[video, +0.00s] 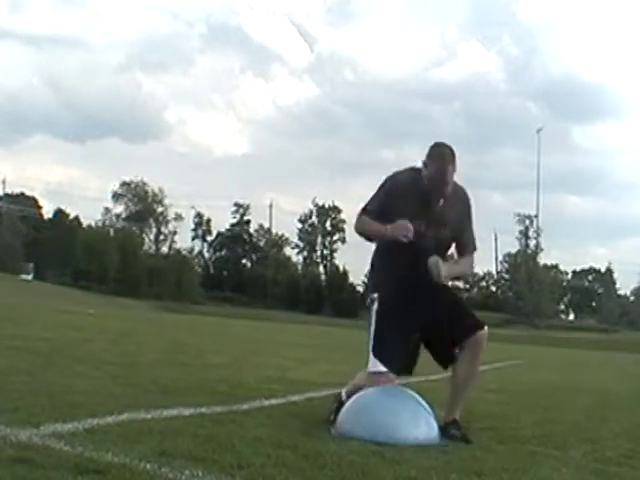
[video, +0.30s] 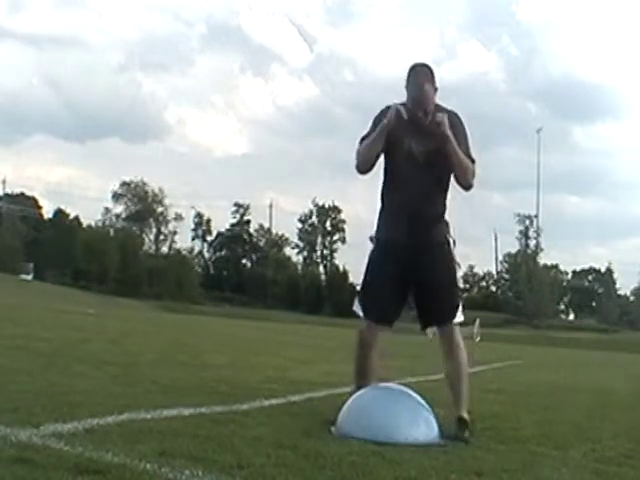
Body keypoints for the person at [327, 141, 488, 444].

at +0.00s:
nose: (440, 190)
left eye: (445, 184)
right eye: (435, 183)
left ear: (454, 175)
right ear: (423, 171)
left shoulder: (458, 199)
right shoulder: (400, 183)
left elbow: (467, 261)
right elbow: (361, 223)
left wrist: (448, 269)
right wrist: (387, 230)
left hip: (430, 285)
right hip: (391, 284)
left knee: (475, 337)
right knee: (386, 375)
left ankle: (451, 419)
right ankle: (346, 397)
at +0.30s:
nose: (419, 102)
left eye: (424, 95)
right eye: (414, 96)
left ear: (436, 91)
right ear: (405, 92)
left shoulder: (449, 121)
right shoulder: (389, 118)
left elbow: (467, 179)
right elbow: (362, 165)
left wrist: (445, 134)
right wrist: (387, 127)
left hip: (433, 242)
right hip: (391, 240)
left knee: (447, 330)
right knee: (370, 329)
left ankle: (461, 415)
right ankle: (359, 405)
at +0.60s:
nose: (412, 93)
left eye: (416, 85)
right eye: (406, 88)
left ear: (429, 80)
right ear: (399, 86)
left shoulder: (450, 112)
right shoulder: (390, 113)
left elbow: (465, 165)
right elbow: (363, 159)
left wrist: (439, 120)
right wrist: (382, 119)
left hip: (432, 239)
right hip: (389, 237)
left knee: (442, 334)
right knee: (373, 327)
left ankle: (456, 417)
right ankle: (360, 408)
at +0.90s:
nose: (384, 125)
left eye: (387, 117)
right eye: (379, 119)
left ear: (403, 106)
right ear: (375, 112)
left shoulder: (428, 137)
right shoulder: (386, 135)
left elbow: (450, 195)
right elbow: (383, 175)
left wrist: (415, 208)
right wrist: (365, 163)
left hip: (424, 253)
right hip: (391, 249)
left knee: (421, 344)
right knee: (356, 325)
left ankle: (463, 415)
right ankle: (355, 404)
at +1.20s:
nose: (357, 240)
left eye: (361, 235)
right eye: (354, 234)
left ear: (378, 218)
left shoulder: (401, 242)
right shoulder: (383, 197)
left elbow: (412, 313)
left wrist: (392, 374)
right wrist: (352, 241)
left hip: (419, 309)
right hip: (385, 297)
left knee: (398, 388)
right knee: (340, 324)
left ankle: (458, 410)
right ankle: (351, 401)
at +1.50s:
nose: (377, 255)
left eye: (380, 248)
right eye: (370, 250)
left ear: (390, 226)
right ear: (360, 239)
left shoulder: (422, 226)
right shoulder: (360, 248)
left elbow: (462, 255)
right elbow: (355, 308)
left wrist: (438, 295)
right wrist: (371, 359)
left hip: (421, 308)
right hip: (384, 309)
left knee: (407, 389)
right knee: (340, 330)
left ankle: (463, 411)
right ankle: (351, 404)